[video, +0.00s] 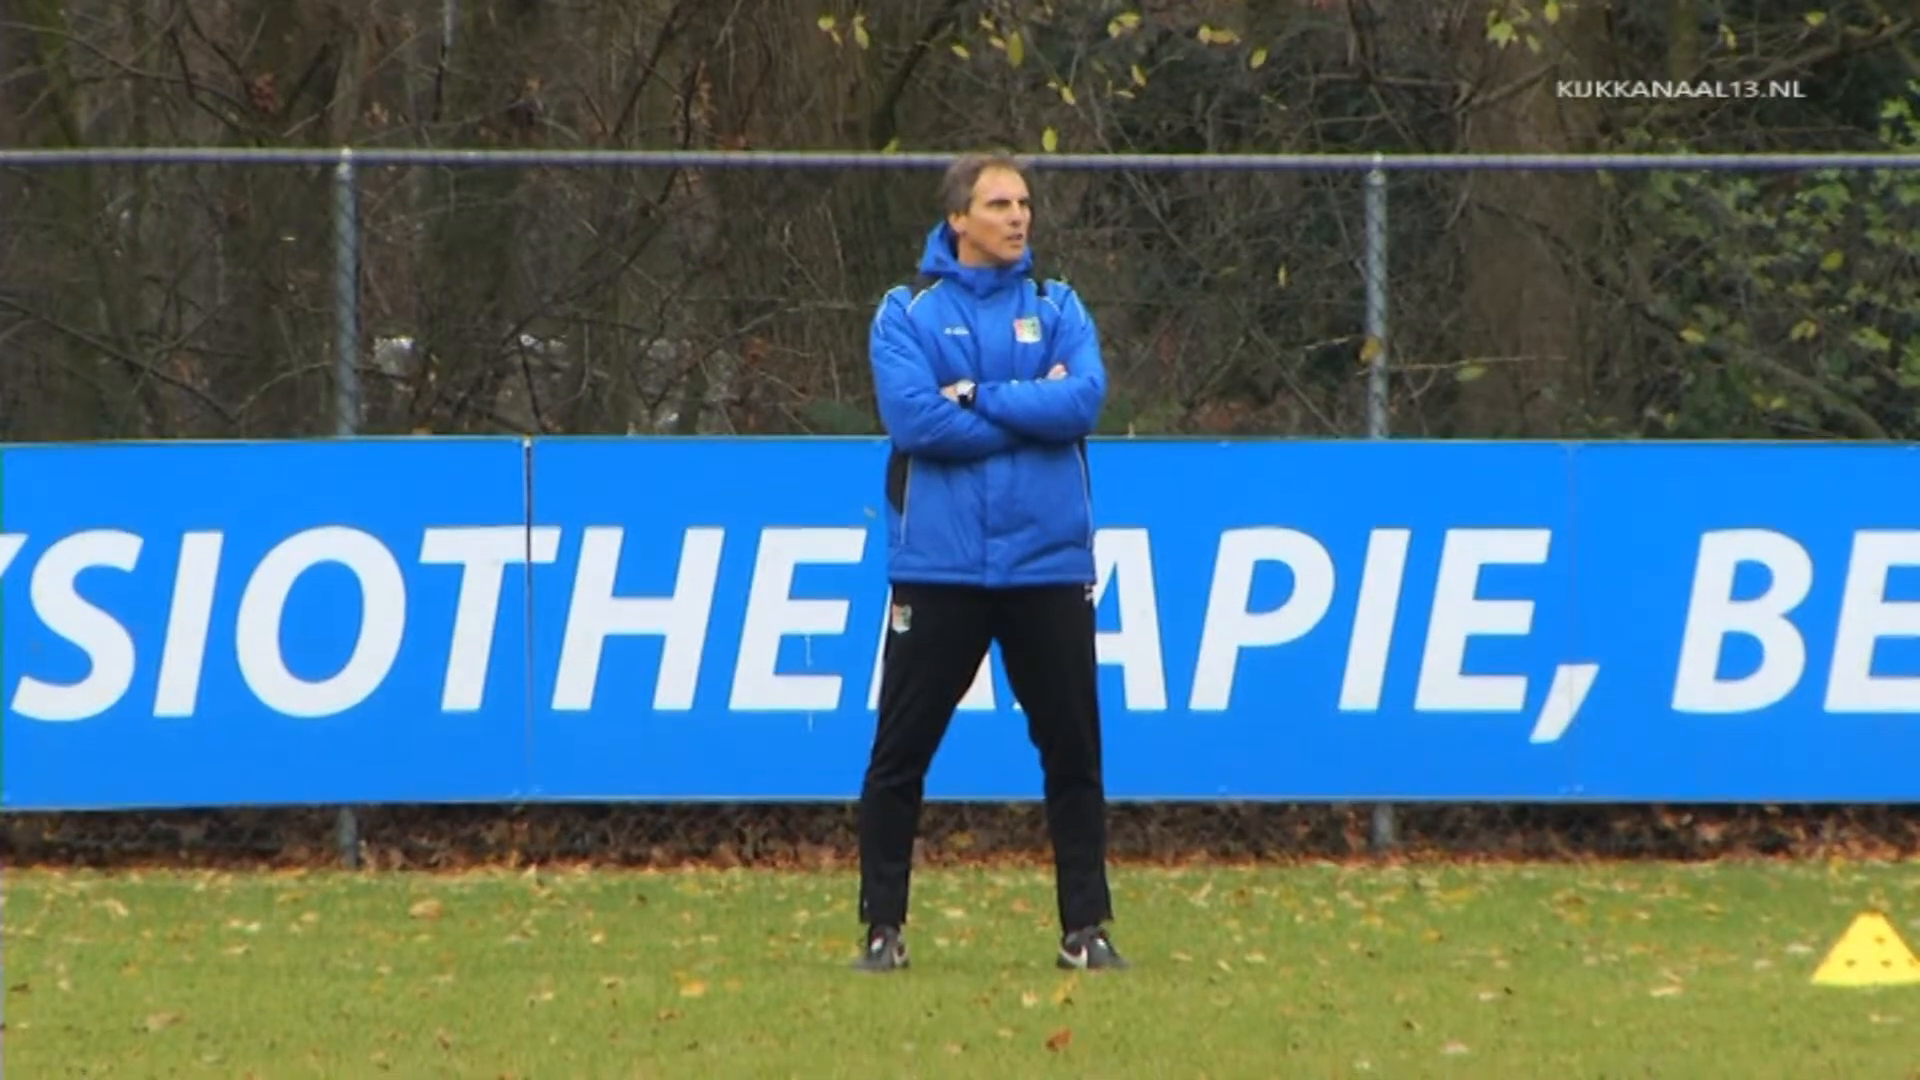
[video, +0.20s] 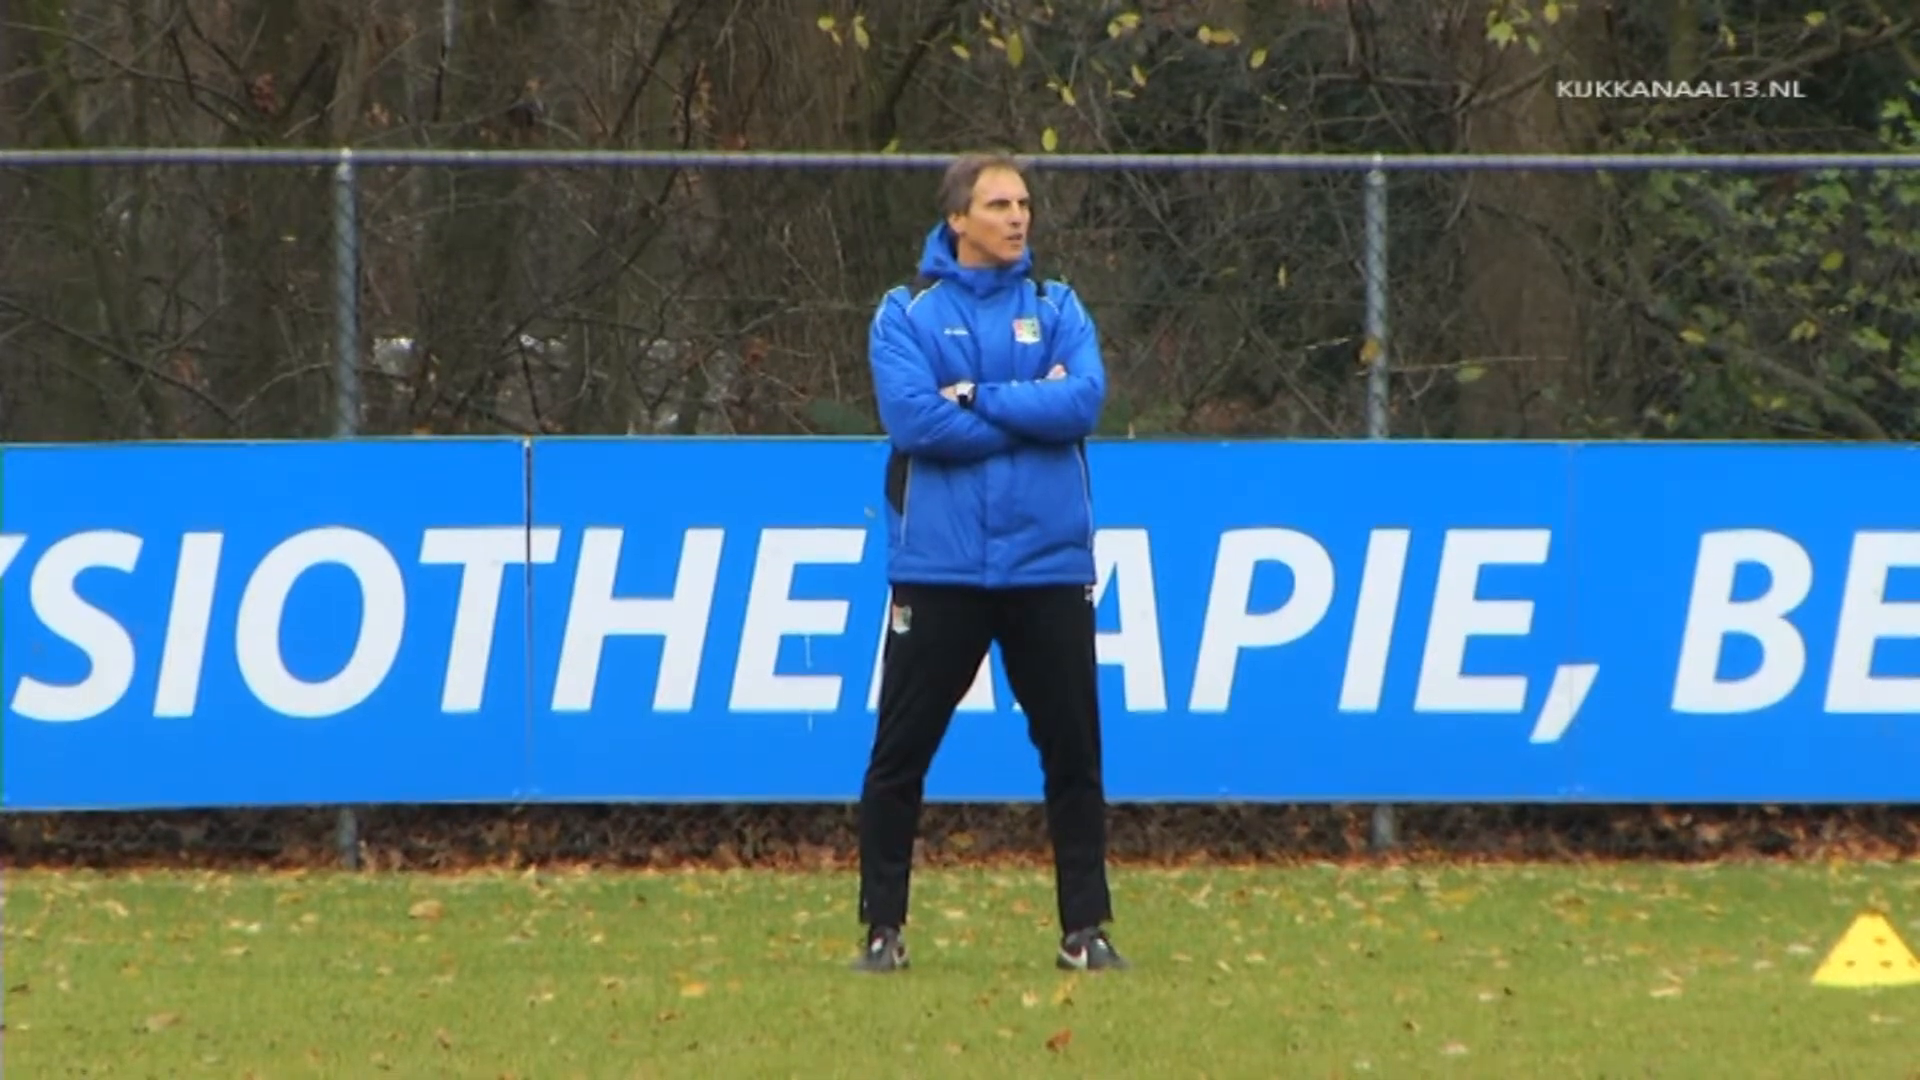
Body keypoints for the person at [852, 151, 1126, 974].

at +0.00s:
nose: (1017, 216)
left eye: (1023, 204)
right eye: (999, 205)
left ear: (1031, 218)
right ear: (959, 221)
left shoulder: (1058, 305)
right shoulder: (905, 312)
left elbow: (1082, 401)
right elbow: (917, 424)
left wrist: (973, 393)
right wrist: (1027, 415)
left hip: (1050, 566)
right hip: (940, 569)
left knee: (1073, 749)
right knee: (902, 752)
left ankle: (1085, 930)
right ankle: (882, 929)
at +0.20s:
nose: (1017, 217)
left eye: (1023, 205)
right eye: (999, 206)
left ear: (1030, 218)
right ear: (958, 221)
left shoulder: (1057, 305)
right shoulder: (904, 312)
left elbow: (1082, 403)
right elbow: (916, 425)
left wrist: (972, 394)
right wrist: (1026, 415)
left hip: (1050, 567)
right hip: (941, 570)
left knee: (1074, 751)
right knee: (901, 752)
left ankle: (1085, 931)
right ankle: (883, 930)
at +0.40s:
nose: (1017, 216)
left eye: (1022, 205)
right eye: (998, 206)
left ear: (1030, 218)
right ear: (957, 222)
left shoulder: (1057, 305)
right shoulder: (904, 312)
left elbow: (1081, 403)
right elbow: (916, 426)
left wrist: (972, 394)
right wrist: (1026, 414)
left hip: (1050, 568)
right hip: (941, 570)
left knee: (1073, 751)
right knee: (901, 753)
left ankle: (1085, 932)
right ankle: (882, 930)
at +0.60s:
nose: (1017, 216)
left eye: (1022, 205)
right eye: (998, 206)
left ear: (1030, 218)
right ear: (957, 221)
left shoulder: (1057, 305)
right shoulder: (904, 313)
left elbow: (1081, 403)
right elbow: (916, 425)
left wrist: (973, 394)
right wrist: (1026, 415)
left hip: (1050, 568)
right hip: (941, 570)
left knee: (1074, 751)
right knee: (901, 752)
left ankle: (1085, 932)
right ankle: (882, 930)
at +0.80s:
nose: (1015, 216)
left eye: (1020, 204)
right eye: (997, 205)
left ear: (1028, 218)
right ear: (956, 221)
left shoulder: (1056, 304)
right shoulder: (903, 312)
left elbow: (1081, 402)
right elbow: (915, 425)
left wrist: (972, 393)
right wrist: (1025, 415)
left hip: (1049, 567)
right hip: (940, 570)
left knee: (1073, 751)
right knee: (901, 752)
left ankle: (1085, 931)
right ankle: (881, 930)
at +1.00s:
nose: (1013, 216)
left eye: (1019, 204)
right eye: (995, 205)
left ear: (1027, 217)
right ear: (954, 221)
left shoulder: (1055, 304)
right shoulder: (902, 313)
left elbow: (1081, 401)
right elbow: (916, 425)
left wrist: (972, 393)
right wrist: (1026, 414)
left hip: (1050, 568)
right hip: (941, 570)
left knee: (1073, 751)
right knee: (901, 752)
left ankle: (1085, 931)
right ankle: (882, 929)